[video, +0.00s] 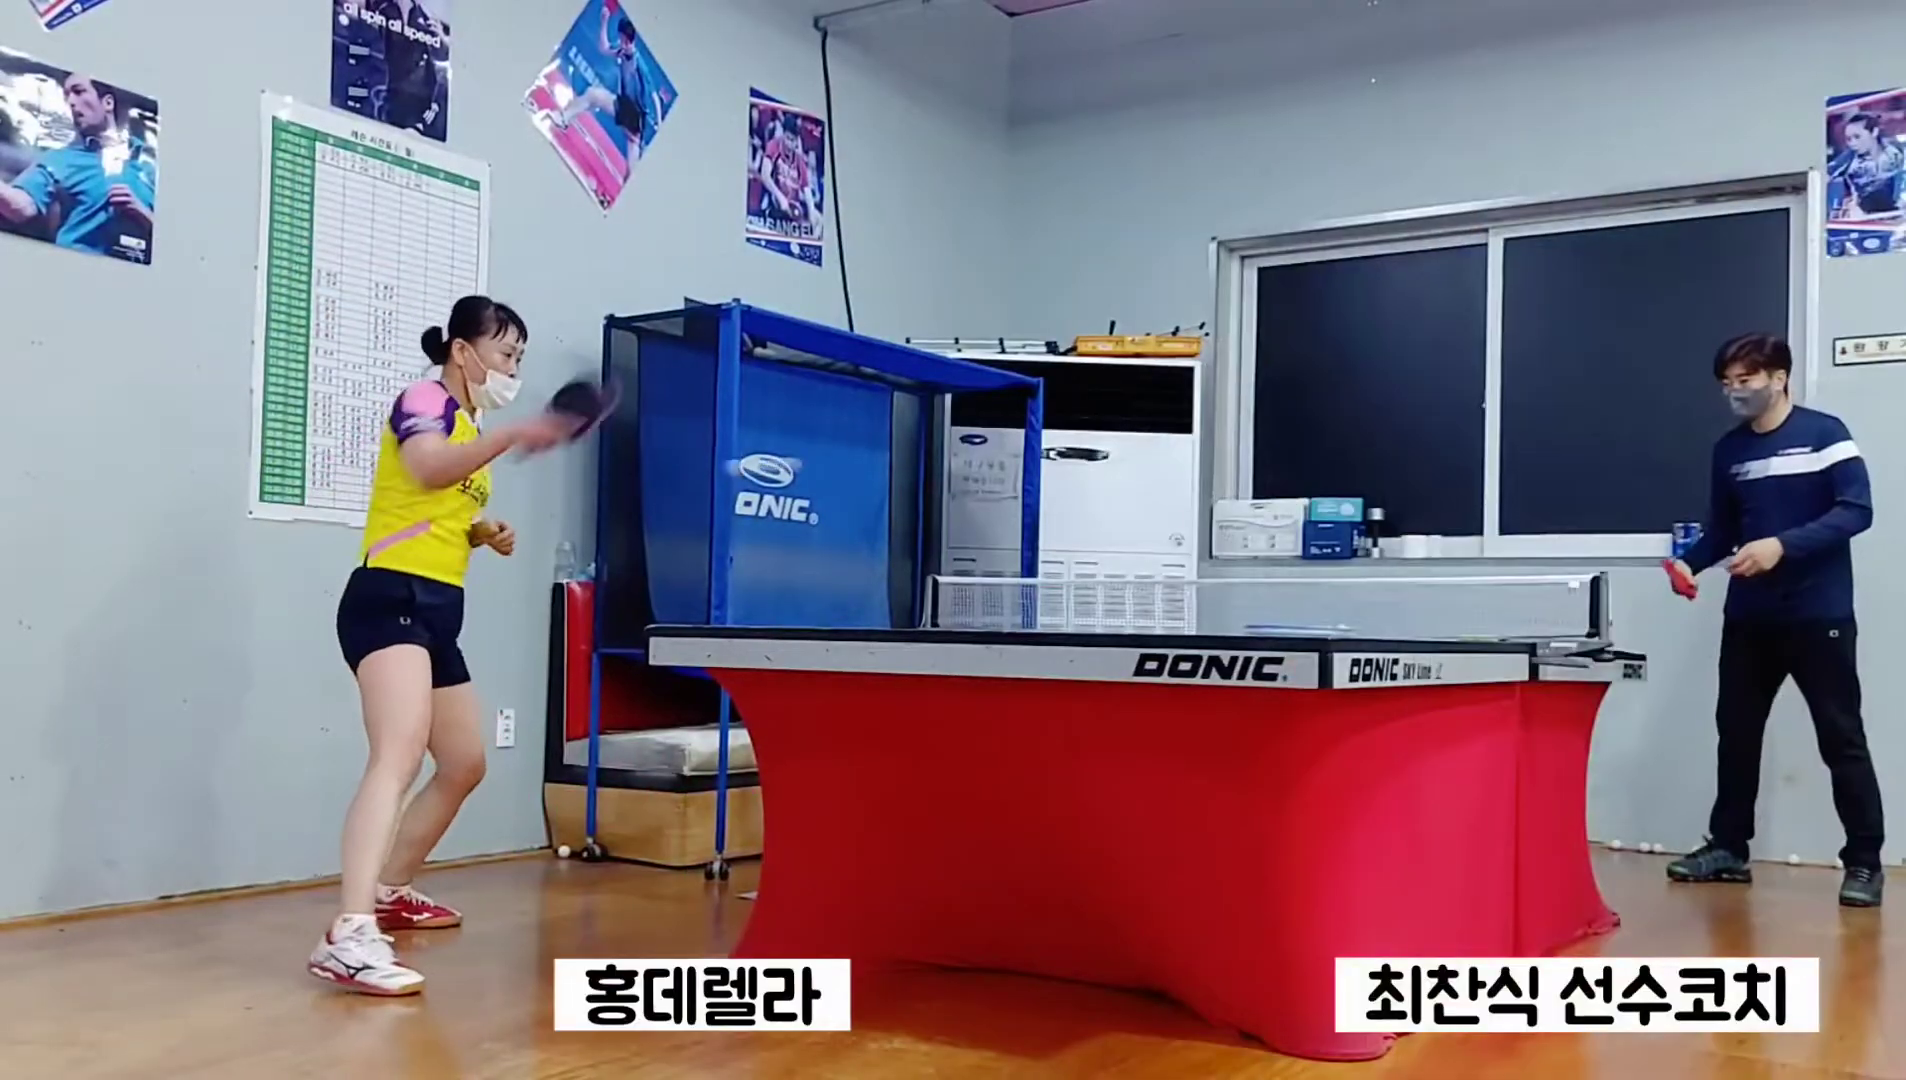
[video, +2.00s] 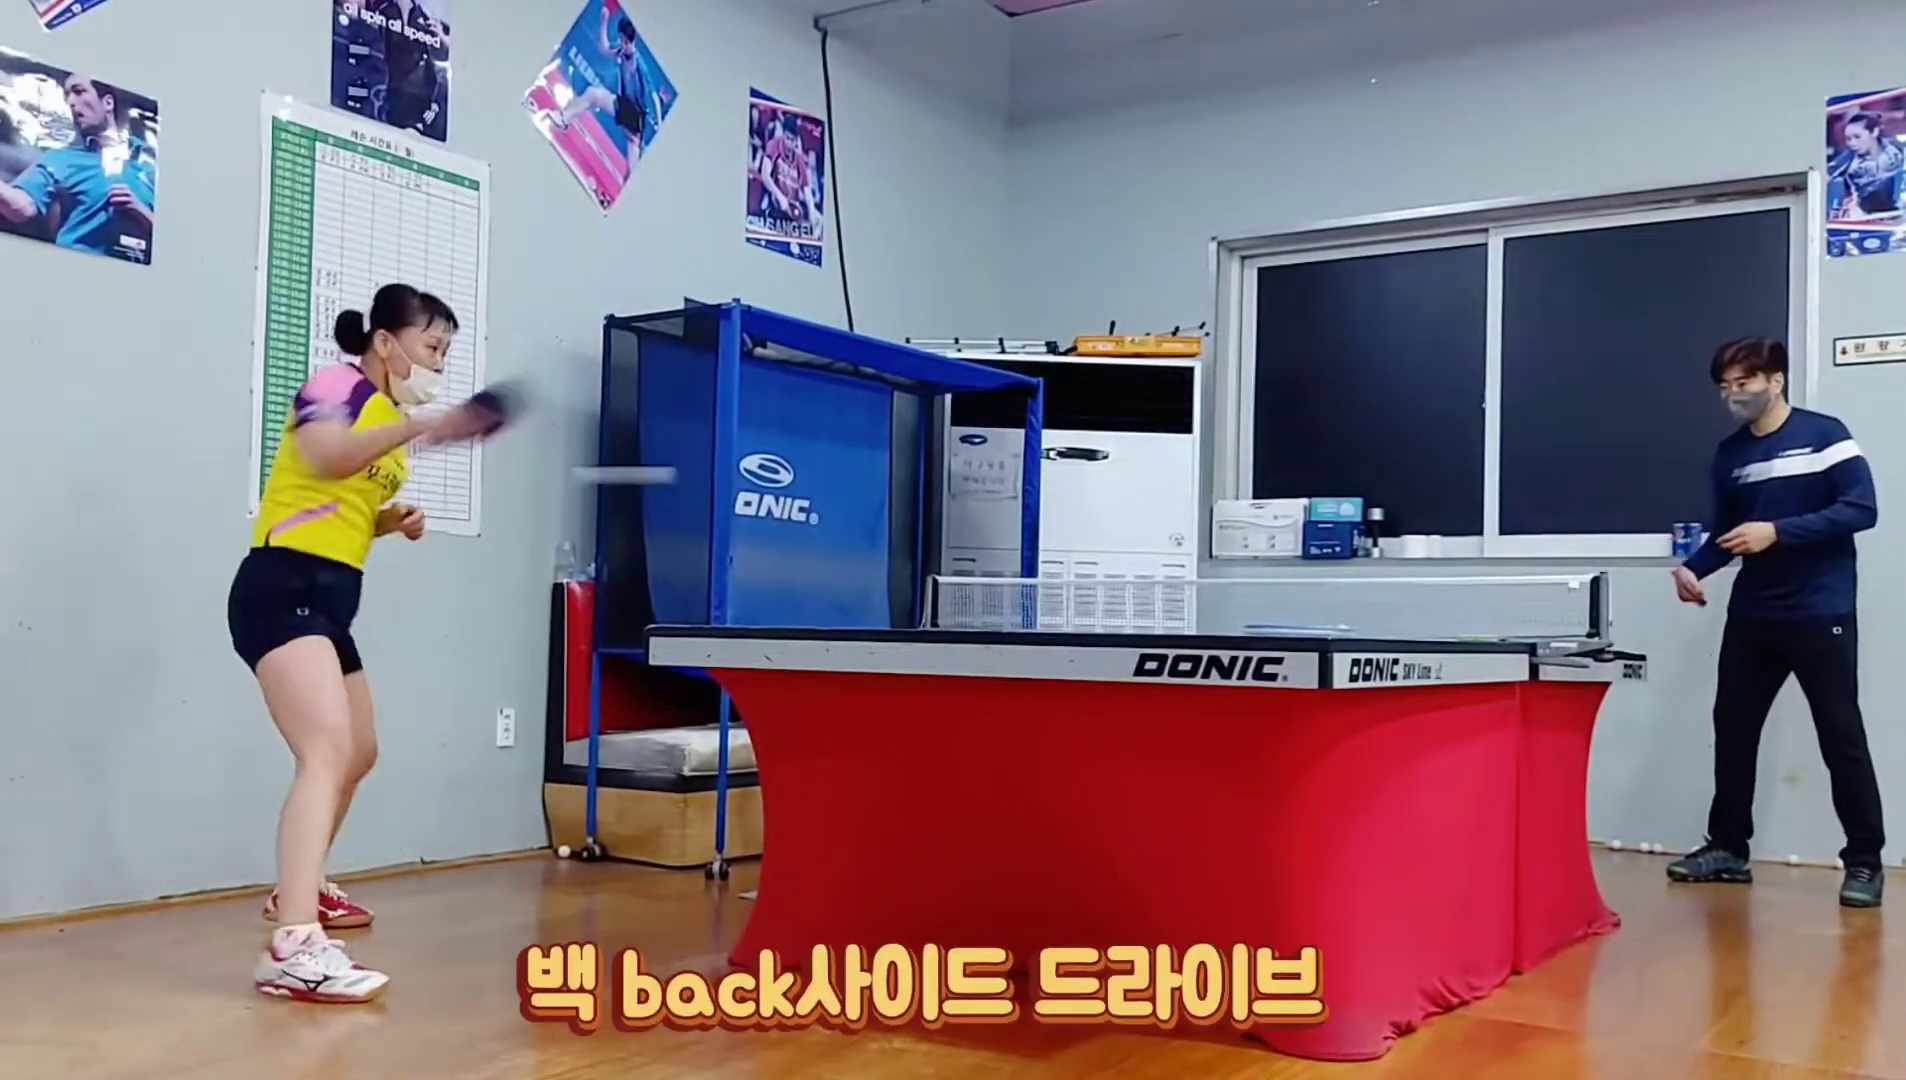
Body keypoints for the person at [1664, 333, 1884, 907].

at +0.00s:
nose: (1738, 388)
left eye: (1748, 376)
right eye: (1730, 381)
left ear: (1780, 378)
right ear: (1725, 388)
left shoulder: (1825, 433)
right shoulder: (1729, 449)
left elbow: (1857, 510)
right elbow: (1722, 532)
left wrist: (1782, 544)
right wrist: (1689, 560)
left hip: (1821, 618)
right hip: (1750, 619)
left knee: (1843, 742)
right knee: (1736, 733)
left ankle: (1863, 864)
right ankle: (1729, 848)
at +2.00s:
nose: (1735, 390)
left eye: (1746, 379)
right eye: (1727, 384)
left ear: (1776, 380)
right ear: (1723, 392)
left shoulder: (1825, 433)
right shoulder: (1731, 452)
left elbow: (1861, 508)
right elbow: (1727, 532)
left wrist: (1776, 530)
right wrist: (1694, 565)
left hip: (1822, 617)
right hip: (1753, 618)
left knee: (1842, 740)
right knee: (1733, 731)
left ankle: (1864, 863)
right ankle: (1729, 849)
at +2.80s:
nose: (1743, 393)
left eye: (1755, 382)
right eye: (1735, 386)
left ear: (1785, 382)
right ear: (1728, 393)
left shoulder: (1836, 438)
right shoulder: (1729, 456)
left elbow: (1872, 513)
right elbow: (1713, 529)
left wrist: (1793, 535)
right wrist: (1683, 549)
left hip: (1822, 618)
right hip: (1750, 618)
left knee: (1843, 737)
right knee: (1726, 724)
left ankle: (1863, 863)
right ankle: (1727, 847)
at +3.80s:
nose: (1709, 396)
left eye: (1721, 385)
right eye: (1702, 389)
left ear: (1753, 388)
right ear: (1698, 396)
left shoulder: (1801, 442)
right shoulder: (1697, 461)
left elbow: (1836, 514)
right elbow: (1680, 534)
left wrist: (1759, 536)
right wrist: (1655, 549)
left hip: (1795, 618)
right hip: (1721, 621)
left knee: (1827, 736)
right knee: (1702, 724)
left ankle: (1861, 862)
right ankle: (1724, 848)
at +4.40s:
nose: (1733, 399)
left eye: (1744, 389)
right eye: (1726, 392)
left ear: (1777, 387)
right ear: (1721, 397)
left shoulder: (1830, 437)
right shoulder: (1718, 458)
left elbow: (1874, 509)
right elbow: (1675, 522)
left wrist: (1799, 532)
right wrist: (1646, 539)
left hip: (1823, 615)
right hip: (1748, 615)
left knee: (1846, 738)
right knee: (1724, 725)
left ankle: (1864, 864)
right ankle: (1727, 848)